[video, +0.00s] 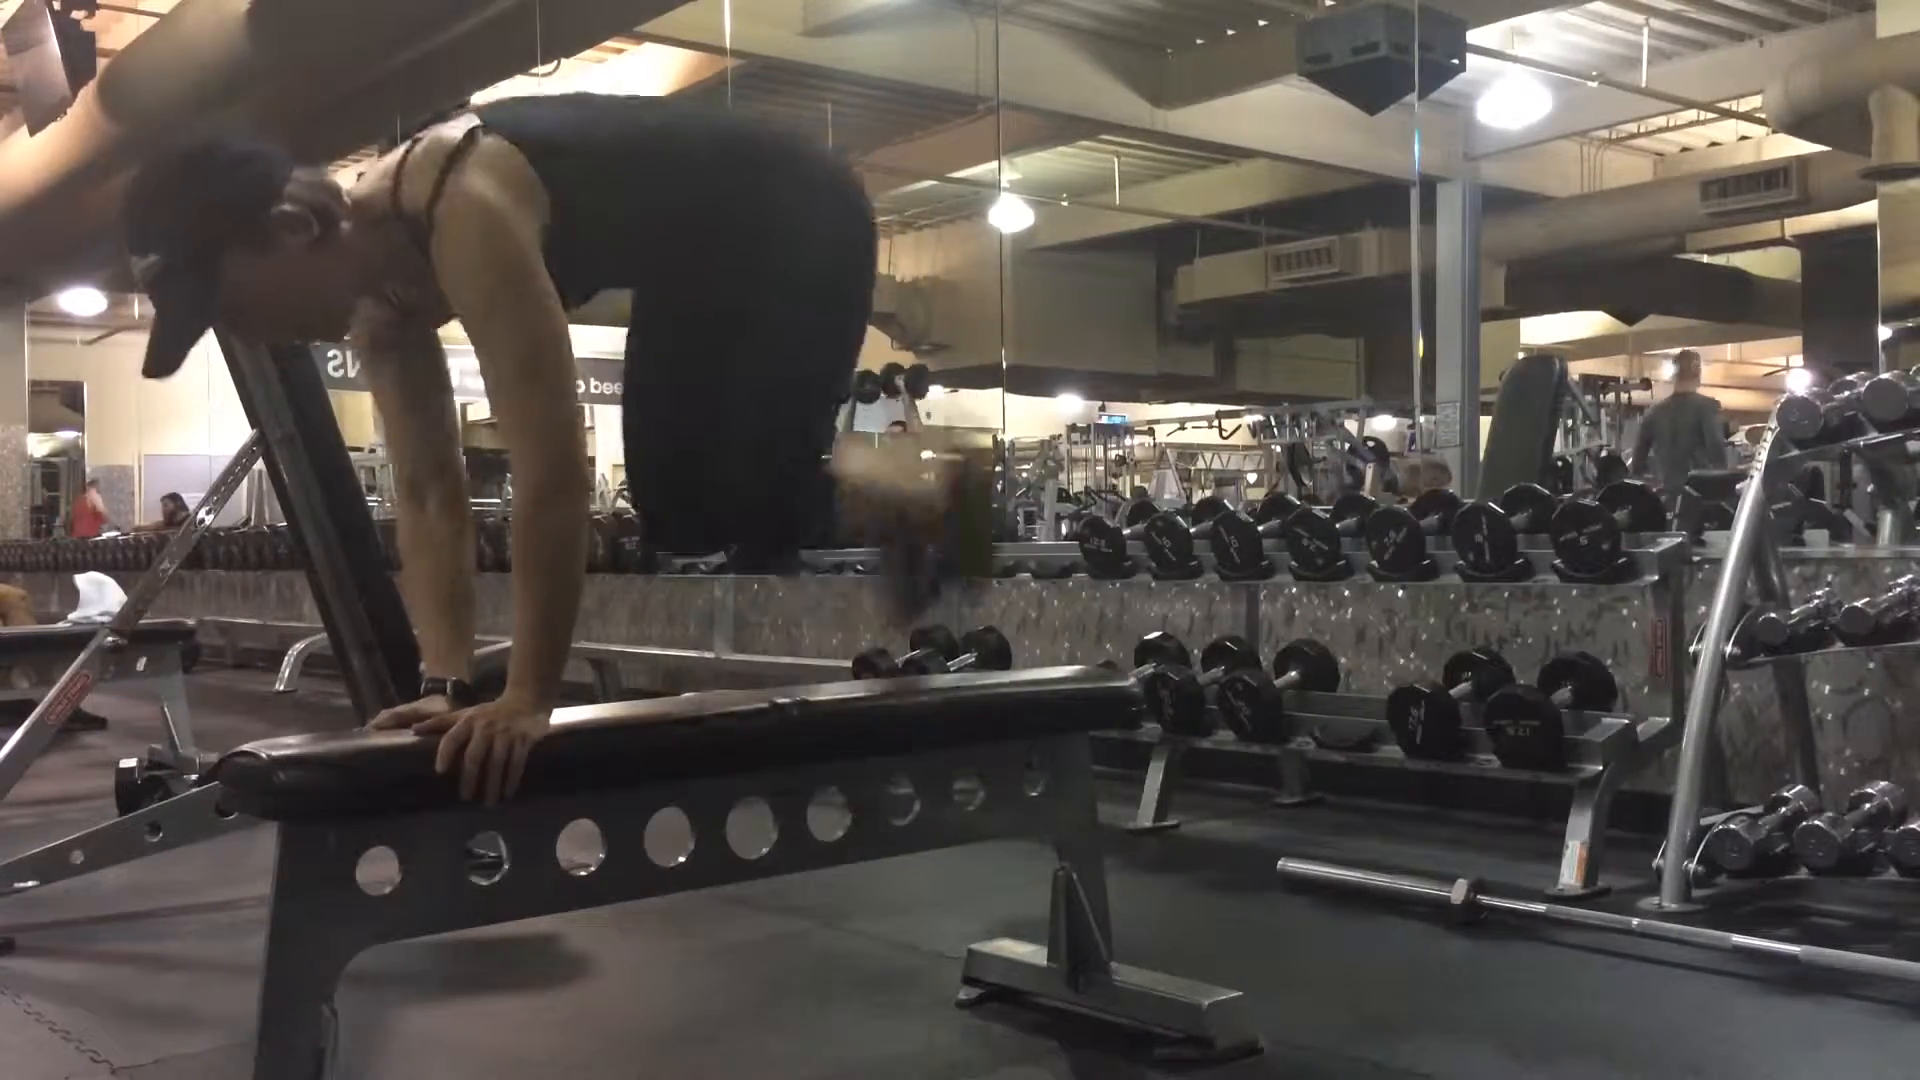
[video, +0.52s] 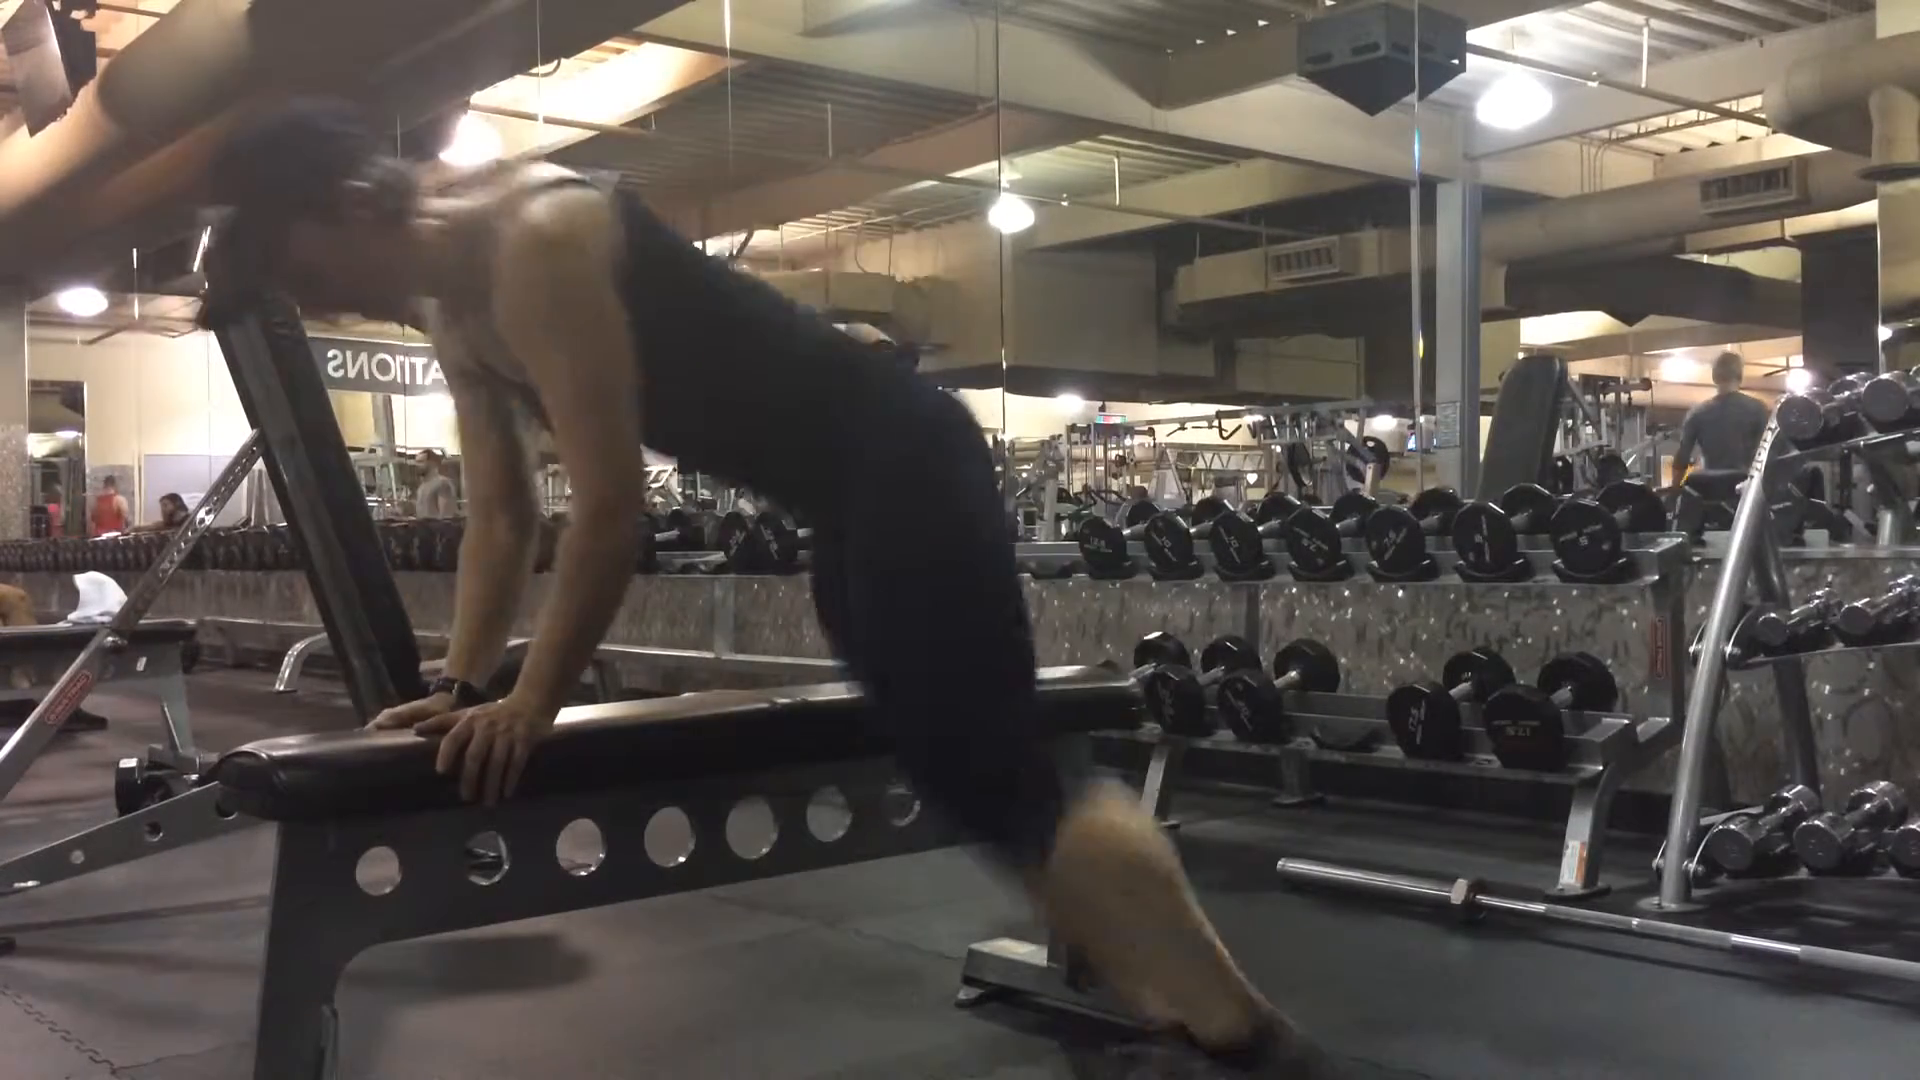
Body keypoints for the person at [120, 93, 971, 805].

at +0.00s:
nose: (262, 339)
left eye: (245, 310)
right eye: (235, 326)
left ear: (298, 227)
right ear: (295, 231)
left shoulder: (472, 211)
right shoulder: (380, 277)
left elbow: (555, 469)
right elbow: (424, 486)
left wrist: (526, 698)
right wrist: (444, 684)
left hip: (797, 215)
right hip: (696, 252)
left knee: (740, 495)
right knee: (675, 499)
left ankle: (931, 502)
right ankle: (886, 497)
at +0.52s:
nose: (333, 313)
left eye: (316, 284)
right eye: (310, 298)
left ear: (353, 216)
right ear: (347, 226)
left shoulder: (540, 245)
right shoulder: (457, 295)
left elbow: (610, 511)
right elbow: (496, 504)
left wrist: (529, 705)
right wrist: (457, 681)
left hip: (898, 451)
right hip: (849, 483)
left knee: (1003, 781)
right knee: (977, 773)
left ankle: (1234, 1024)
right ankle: (1162, 997)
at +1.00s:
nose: (237, 329)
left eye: (228, 297)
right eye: (216, 312)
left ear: (284, 220)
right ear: (284, 222)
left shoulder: (470, 213)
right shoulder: (354, 310)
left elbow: (561, 473)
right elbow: (414, 492)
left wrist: (527, 694)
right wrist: (447, 682)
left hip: (747, 294)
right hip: (632, 327)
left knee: (647, 576)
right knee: (599, 572)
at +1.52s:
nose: (229, 361)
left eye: (211, 333)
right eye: (203, 347)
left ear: (255, 242)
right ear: (250, 248)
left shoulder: (435, 220)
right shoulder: (340, 295)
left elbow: (544, 472)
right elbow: (405, 492)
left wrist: (524, 696)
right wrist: (445, 680)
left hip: (758, 217)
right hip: (654, 256)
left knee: (709, 494)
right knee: (614, 516)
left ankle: (891, 483)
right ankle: (847, 491)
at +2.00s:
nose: (278, 319)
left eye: (261, 290)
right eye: (256, 304)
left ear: (298, 221)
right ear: (291, 233)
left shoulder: (483, 244)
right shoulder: (427, 294)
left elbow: (577, 493)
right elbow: (493, 499)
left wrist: (529, 698)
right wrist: (459, 674)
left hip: (867, 423)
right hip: (816, 449)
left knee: (986, 738)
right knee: (939, 749)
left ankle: (1180, 1009)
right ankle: (1112, 982)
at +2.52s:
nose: (251, 324)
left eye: (237, 295)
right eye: (228, 310)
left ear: (292, 222)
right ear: (294, 227)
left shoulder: (488, 225)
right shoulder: (367, 317)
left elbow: (574, 476)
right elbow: (423, 498)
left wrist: (525, 696)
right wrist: (446, 685)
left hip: (754, 310)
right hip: (643, 349)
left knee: (698, 591)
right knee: (633, 590)